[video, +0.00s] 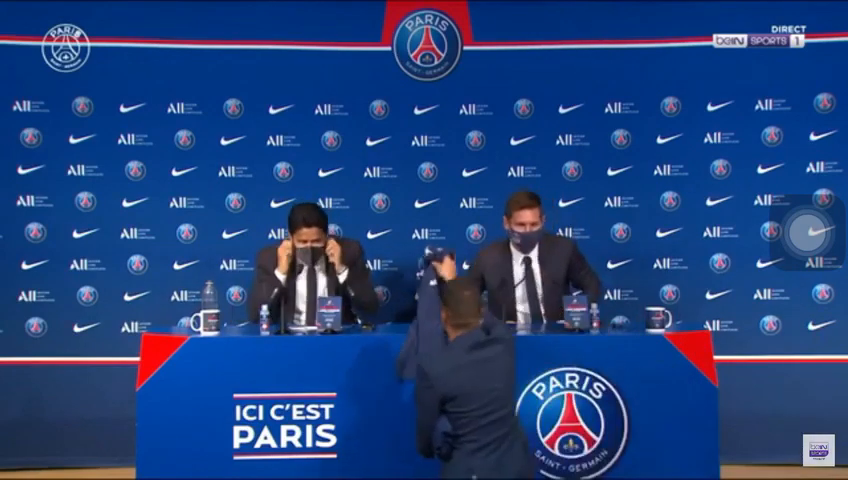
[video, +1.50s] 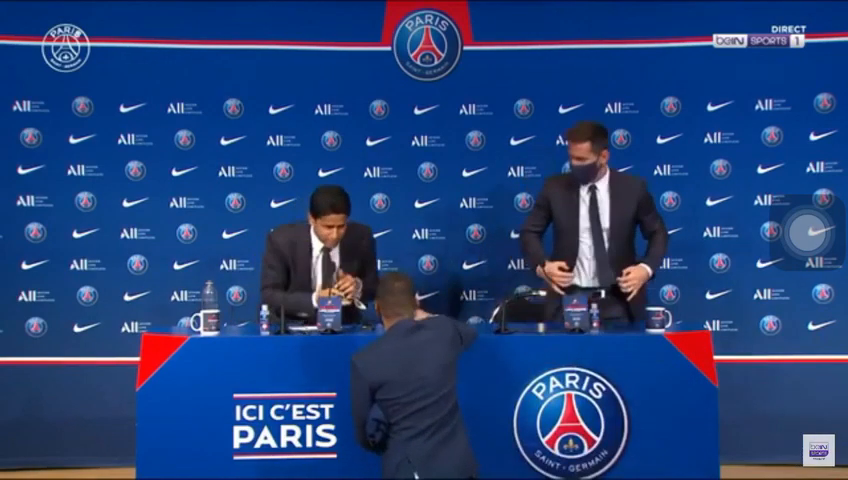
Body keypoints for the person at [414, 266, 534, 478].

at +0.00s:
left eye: (440, 309)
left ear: (444, 315)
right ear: (482, 311)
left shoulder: (435, 368)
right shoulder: (504, 344)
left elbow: (425, 444)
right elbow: (481, 312)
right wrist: (453, 281)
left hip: (467, 461)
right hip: (515, 458)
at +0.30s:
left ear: (398, 313)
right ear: (436, 307)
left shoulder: (391, 364)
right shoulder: (460, 336)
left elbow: (390, 441)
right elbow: (445, 314)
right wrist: (437, 306)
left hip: (428, 465)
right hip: (478, 460)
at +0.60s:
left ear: (377, 314)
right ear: (414, 307)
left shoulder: (371, 365)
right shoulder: (442, 332)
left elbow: (373, 442)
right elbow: (433, 316)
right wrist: (424, 303)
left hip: (412, 464)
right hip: (462, 459)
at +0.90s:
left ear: (376, 312)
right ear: (415, 305)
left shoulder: (368, 365)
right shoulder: (443, 332)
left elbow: (369, 438)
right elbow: (471, 325)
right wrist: (434, 309)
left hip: (408, 464)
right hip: (459, 459)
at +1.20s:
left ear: (380, 310)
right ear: (417, 303)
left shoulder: (369, 362)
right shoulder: (445, 329)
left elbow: (369, 436)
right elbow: (464, 324)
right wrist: (424, 319)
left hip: (406, 463)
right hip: (458, 459)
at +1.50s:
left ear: (378, 309)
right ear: (416, 302)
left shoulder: (365, 361)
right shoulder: (444, 331)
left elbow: (365, 433)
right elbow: (470, 334)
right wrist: (427, 317)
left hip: (403, 462)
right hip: (454, 458)